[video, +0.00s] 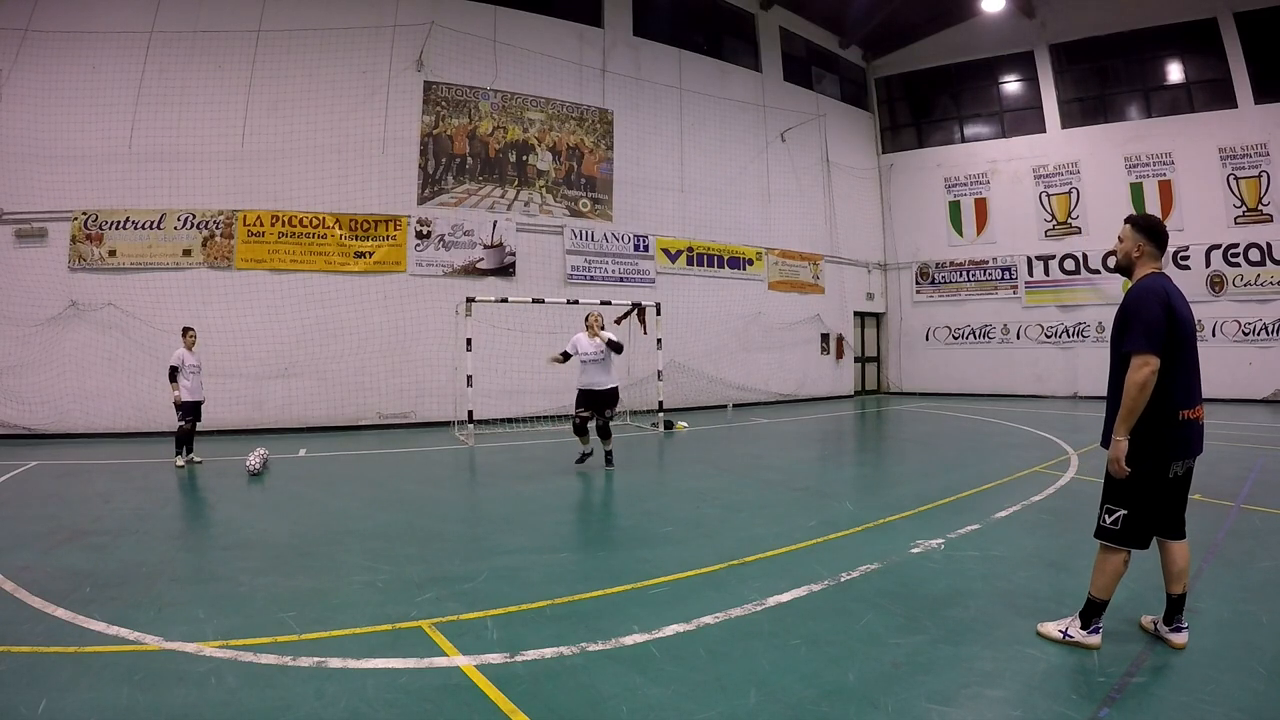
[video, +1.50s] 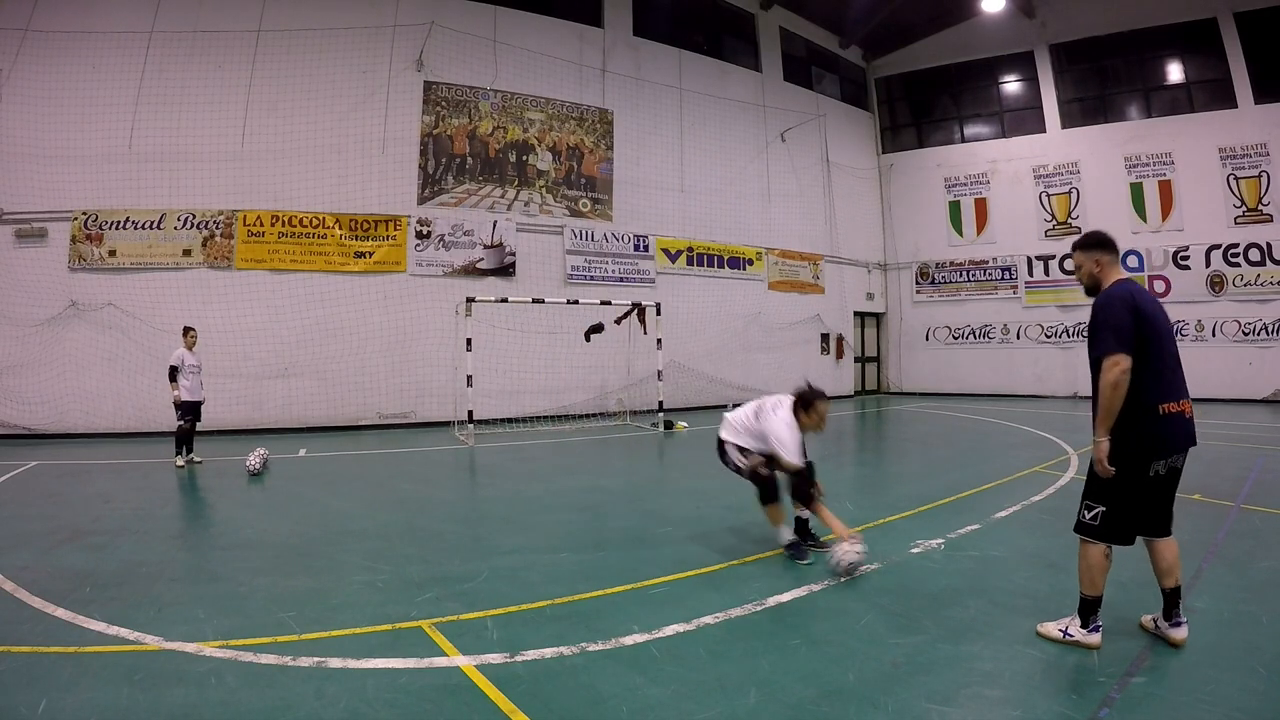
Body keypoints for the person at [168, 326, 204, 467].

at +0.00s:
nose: (193, 339)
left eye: (194, 337)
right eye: (190, 337)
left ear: (196, 339)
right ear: (183, 338)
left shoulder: (196, 356)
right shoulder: (179, 354)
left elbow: (198, 376)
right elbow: (172, 373)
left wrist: (201, 393)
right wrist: (176, 392)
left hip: (196, 397)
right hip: (184, 397)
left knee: (192, 426)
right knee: (184, 426)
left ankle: (189, 454)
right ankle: (178, 456)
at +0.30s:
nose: (193, 339)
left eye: (194, 337)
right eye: (190, 337)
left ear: (195, 339)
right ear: (183, 338)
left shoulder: (196, 355)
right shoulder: (179, 353)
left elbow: (198, 376)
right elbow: (172, 373)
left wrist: (202, 392)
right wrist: (176, 392)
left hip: (196, 396)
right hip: (184, 397)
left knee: (192, 426)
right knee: (184, 426)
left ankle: (189, 454)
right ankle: (178, 456)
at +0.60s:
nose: (193, 339)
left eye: (194, 337)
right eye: (190, 337)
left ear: (196, 339)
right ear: (183, 338)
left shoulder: (196, 355)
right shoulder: (179, 353)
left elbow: (198, 376)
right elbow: (172, 373)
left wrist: (202, 391)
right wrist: (175, 392)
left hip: (196, 396)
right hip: (183, 397)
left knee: (192, 426)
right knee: (184, 426)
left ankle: (189, 454)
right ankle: (178, 456)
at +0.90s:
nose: (194, 340)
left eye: (195, 337)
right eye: (191, 337)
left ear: (196, 339)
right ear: (183, 338)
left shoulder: (196, 356)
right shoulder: (179, 353)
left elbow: (198, 376)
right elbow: (172, 373)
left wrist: (202, 392)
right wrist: (176, 392)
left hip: (196, 397)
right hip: (183, 397)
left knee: (192, 426)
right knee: (184, 426)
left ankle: (189, 454)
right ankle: (178, 456)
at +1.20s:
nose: (193, 340)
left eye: (195, 337)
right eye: (191, 337)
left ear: (196, 339)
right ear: (184, 338)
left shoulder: (196, 356)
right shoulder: (179, 354)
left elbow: (198, 376)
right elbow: (172, 373)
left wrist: (202, 392)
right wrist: (176, 392)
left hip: (196, 397)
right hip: (184, 397)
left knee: (192, 426)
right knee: (184, 426)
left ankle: (189, 454)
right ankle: (178, 456)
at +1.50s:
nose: (194, 340)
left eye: (195, 337)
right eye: (191, 337)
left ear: (196, 339)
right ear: (184, 338)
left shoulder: (196, 356)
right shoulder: (179, 353)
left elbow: (198, 376)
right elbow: (172, 372)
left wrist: (201, 392)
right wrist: (175, 391)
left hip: (196, 397)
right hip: (183, 397)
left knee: (192, 426)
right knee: (184, 425)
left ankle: (189, 454)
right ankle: (178, 456)